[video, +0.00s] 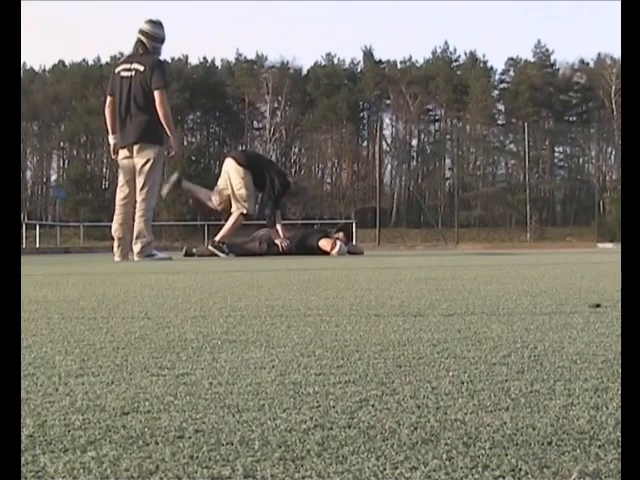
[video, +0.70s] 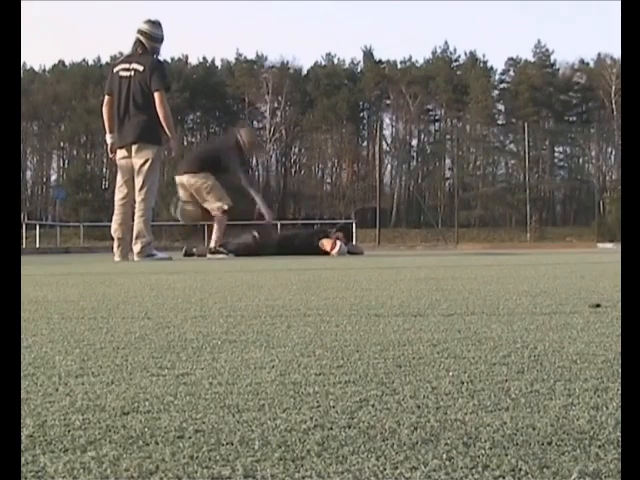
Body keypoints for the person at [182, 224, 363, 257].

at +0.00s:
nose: (339, 242)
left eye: (342, 240)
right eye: (340, 238)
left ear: (338, 239)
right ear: (335, 235)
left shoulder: (326, 239)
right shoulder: (321, 238)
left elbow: (357, 251)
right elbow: (333, 249)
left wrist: (345, 247)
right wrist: (343, 247)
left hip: (273, 240)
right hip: (270, 242)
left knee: (234, 246)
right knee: (233, 249)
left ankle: (199, 251)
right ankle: (197, 252)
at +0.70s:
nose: (336, 241)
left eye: (339, 240)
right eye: (337, 237)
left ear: (338, 240)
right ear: (334, 234)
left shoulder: (325, 241)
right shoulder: (322, 237)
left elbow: (354, 251)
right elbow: (328, 246)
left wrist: (346, 247)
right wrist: (336, 249)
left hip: (267, 244)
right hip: (266, 243)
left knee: (229, 248)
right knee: (229, 248)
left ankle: (195, 252)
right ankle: (195, 251)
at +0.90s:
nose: (337, 245)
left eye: (339, 242)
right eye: (339, 242)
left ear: (335, 236)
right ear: (335, 238)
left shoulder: (321, 237)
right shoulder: (320, 237)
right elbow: (330, 248)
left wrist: (346, 246)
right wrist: (343, 248)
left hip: (271, 238)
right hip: (272, 239)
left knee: (229, 247)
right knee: (230, 249)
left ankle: (193, 252)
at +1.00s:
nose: (338, 244)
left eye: (340, 242)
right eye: (340, 241)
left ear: (335, 234)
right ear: (335, 237)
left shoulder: (320, 235)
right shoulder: (320, 237)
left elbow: (348, 248)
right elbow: (330, 248)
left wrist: (344, 246)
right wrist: (339, 248)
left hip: (270, 237)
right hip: (271, 243)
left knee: (226, 248)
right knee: (223, 250)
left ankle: (193, 252)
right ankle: (221, 216)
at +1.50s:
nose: (338, 243)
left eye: (340, 241)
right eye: (339, 241)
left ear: (338, 238)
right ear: (335, 237)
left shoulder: (326, 239)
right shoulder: (321, 237)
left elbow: (354, 249)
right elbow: (329, 248)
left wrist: (344, 246)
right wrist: (337, 247)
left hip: (272, 245)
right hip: (270, 243)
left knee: (228, 251)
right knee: (220, 248)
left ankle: (193, 251)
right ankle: (245, 218)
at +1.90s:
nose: (338, 243)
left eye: (341, 241)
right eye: (339, 240)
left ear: (338, 239)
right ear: (335, 237)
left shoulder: (327, 240)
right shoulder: (321, 238)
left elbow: (358, 250)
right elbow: (333, 249)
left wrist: (344, 245)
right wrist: (341, 247)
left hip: (270, 243)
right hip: (266, 242)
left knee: (228, 250)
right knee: (220, 249)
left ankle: (194, 249)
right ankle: (246, 222)